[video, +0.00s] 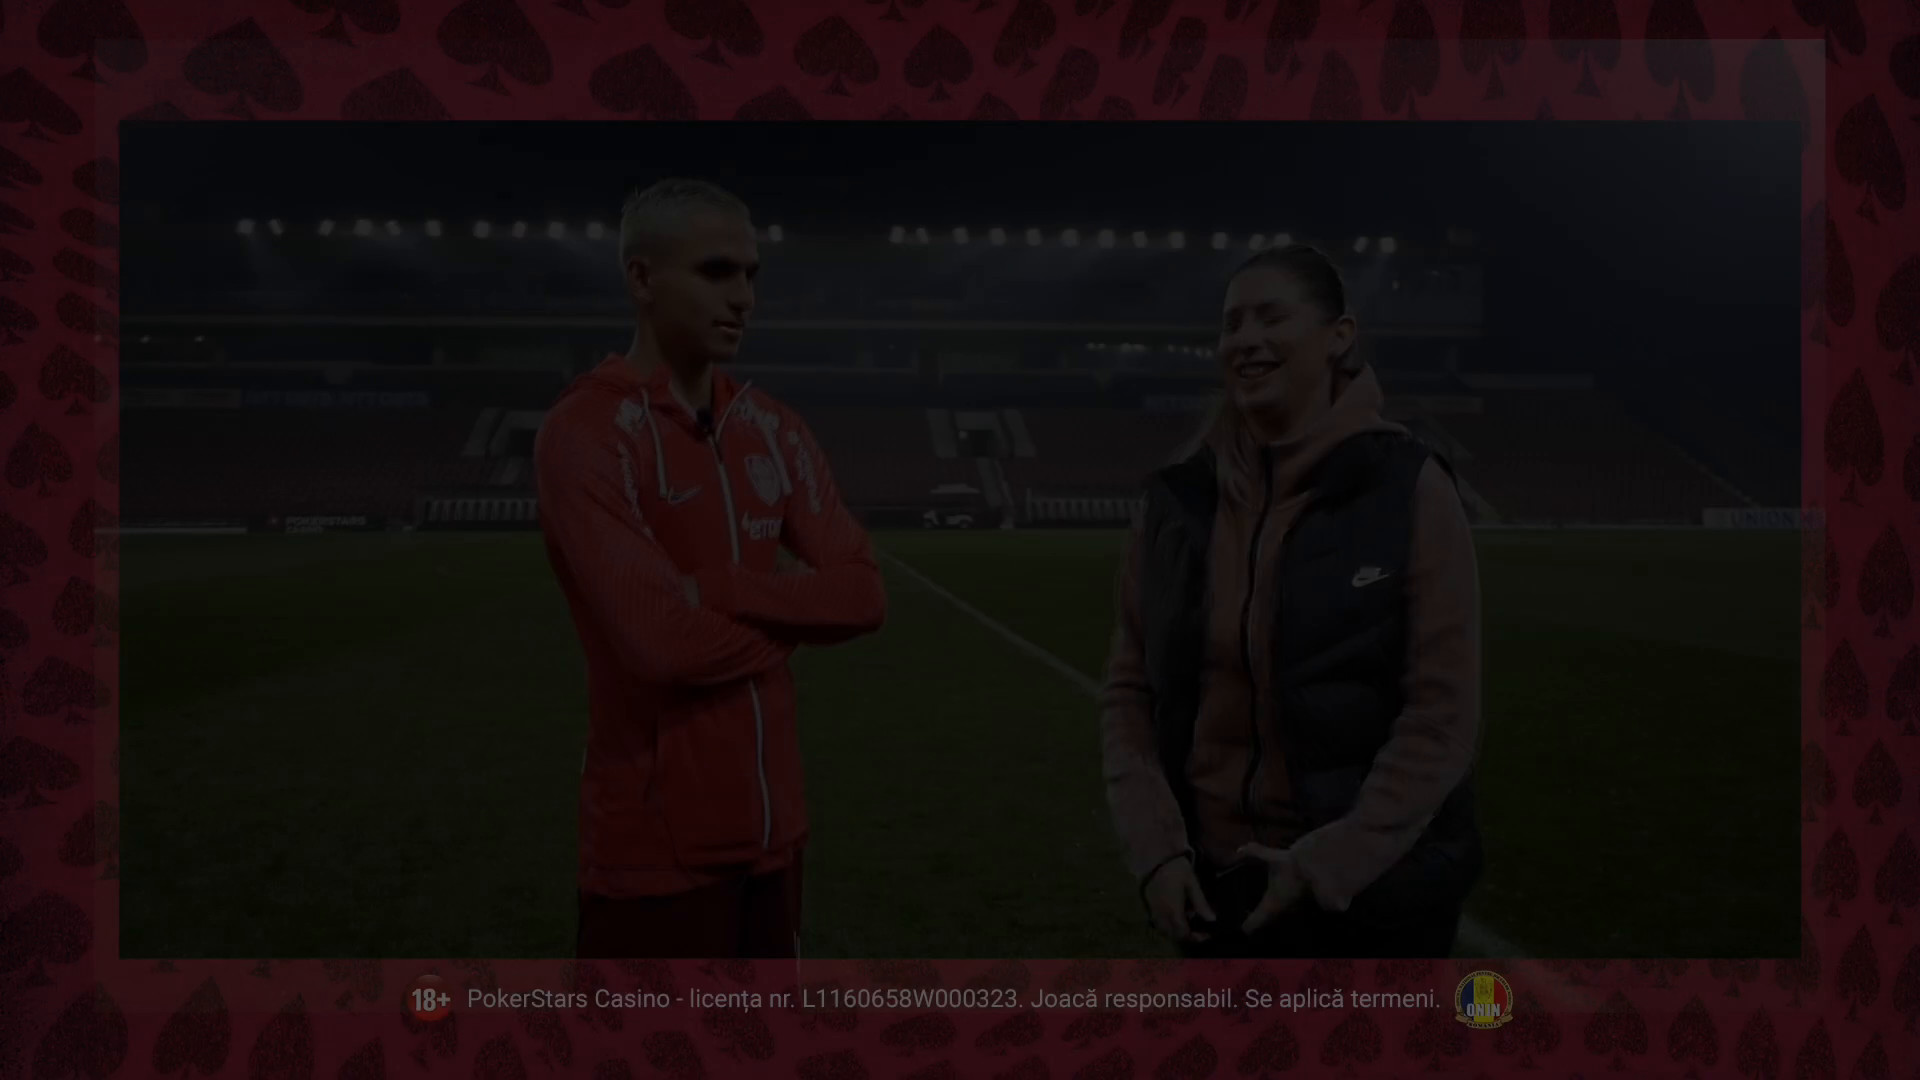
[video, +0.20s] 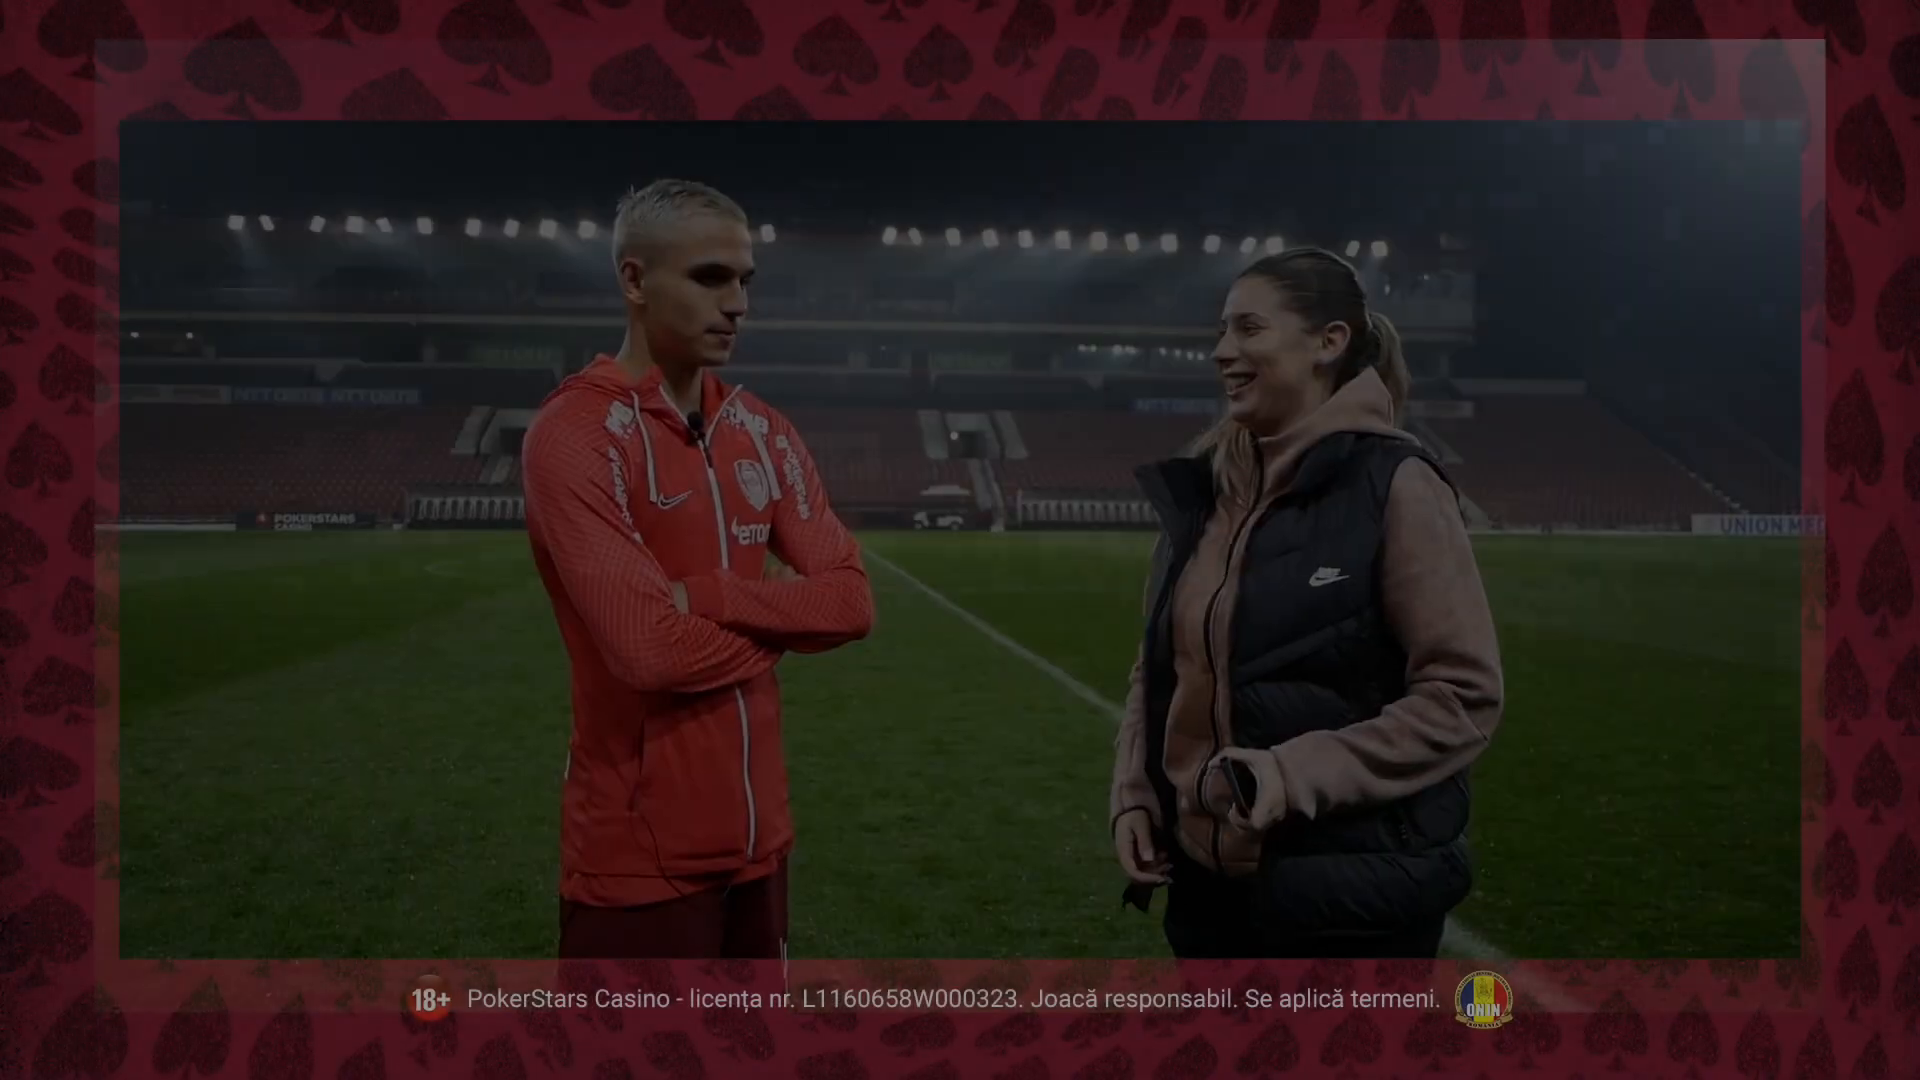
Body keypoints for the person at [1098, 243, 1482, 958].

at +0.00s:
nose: (1248, 340)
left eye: (1273, 317)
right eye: (1233, 325)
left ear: (1339, 334)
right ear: (1218, 348)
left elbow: (1444, 714)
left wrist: (1325, 862)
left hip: (1373, 873)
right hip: (1216, 877)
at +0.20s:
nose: (1223, 351)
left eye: (1248, 328)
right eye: (1223, 331)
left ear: (1331, 341)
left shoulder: (1397, 485)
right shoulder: (1211, 486)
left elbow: (1463, 697)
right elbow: (1156, 671)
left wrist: (1293, 776)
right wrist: (1135, 795)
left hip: (1354, 898)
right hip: (1214, 890)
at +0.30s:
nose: (1229, 352)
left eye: (1253, 328)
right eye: (1232, 331)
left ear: (1335, 342)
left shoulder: (1394, 482)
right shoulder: (1240, 484)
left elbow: (1462, 693)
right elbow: (1194, 678)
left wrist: (1275, 752)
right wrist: (1145, 780)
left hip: (1345, 902)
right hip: (1225, 895)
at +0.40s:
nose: (1236, 352)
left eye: (1261, 329)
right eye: (1242, 331)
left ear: (1340, 344)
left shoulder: (1399, 494)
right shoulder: (1260, 488)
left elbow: (1449, 717)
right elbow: (1206, 678)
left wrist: (1251, 746)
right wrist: (1158, 777)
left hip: (1346, 913)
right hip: (1241, 902)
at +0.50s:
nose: (1243, 354)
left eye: (1269, 329)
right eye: (1252, 332)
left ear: (1347, 346)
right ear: (1339, 348)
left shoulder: (1404, 502)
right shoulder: (1285, 494)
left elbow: (1430, 731)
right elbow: (1247, 682)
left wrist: (1225, 741)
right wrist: (1173, 790)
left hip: (1353, 921)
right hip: (1265, 910)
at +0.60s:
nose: (1250, 353)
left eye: (1274, 331)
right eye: (1258, 332)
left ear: (1351, 350)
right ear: (1345, 353)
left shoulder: (1397, 502)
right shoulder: (1301, 486)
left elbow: (1410, 732)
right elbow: (1223, 640)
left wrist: (1223, 725)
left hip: (1360, 915)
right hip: (1282, 901)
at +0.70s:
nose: (1250, 355)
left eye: (1275, 333)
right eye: (1261, 333)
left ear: (1351, 352)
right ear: (1341, 352)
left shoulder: (1394, 505)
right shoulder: (1298, 490)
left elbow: (1392, 734)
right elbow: (1172, 604)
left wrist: (1213, 722)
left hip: (1359, 911)